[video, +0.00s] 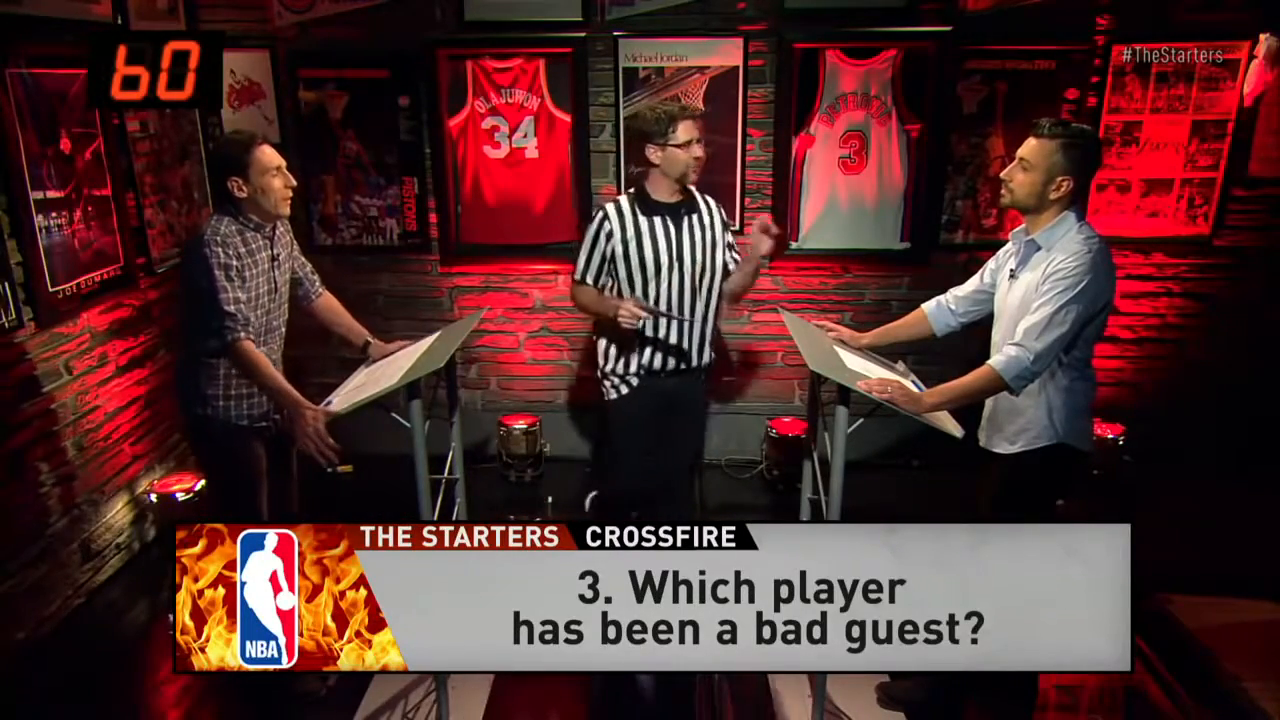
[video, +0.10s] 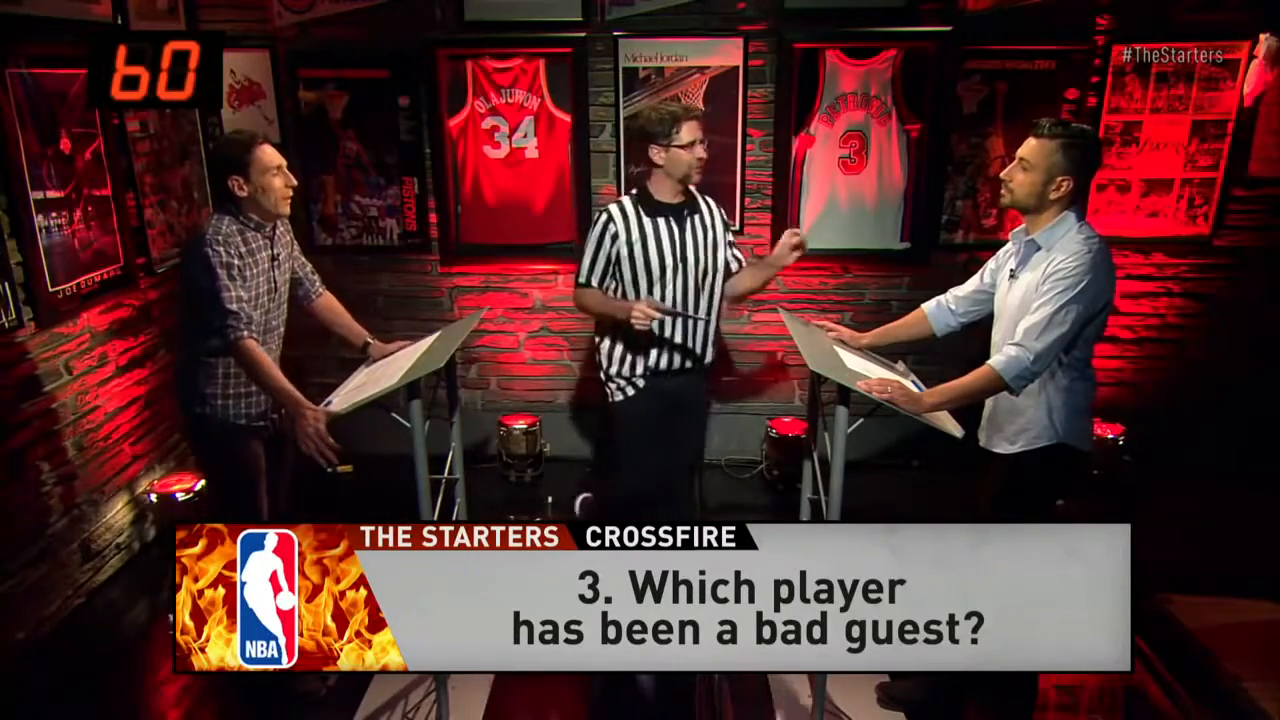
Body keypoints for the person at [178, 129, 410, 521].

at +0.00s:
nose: (292, 181)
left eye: (286, 170)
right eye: (276, 173)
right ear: (239, 187)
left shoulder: (277, 231)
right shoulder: (215, 245)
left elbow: (313, 293)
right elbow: (237, 341)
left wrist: (371, 345)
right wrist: (298, 407)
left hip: (274, 407)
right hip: (227, 416)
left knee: (285, 518)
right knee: (247, 527)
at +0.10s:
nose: (292, 181)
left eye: (287, 170)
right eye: (277, 172)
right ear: (240, 186)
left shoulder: (278, 231)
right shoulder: (216, 246)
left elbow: (314, 293)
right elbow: (240, 340)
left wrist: (370, 345)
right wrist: (299, 408)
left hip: (269, 406)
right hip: (226, 415)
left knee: (279, 517)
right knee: (247, 526)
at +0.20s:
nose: (293, 181)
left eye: (287, 170)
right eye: (277, 172)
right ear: (240, 185)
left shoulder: (278, 231)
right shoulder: (216, 246)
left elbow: (313, 293)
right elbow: (241, 339)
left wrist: (369, 346)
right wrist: (299, 408)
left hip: (268, 406)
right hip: (224, 415)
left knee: (277, 517)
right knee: (246, 526)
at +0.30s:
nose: (294, 181)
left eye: (289, 170)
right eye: (279, 172)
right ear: (243, 186)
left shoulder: (280, 231)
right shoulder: (217, 246)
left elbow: (313, 294)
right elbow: (242, 338)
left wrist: (368, 347)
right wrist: (299, 408)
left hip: (265, 406)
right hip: (222, 415)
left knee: (279, 513)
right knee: (247, 525)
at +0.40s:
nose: (297, 184)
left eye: (293, 171)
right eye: (283, 174)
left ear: (254, 187)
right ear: (246, 186)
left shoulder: (280, 231)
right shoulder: (219, 245)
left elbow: (313, 295)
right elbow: (244, 337)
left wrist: (368, 347)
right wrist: (299, 407)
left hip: (264, 405)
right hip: (220, 413)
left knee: (271, 515)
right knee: (250, 526)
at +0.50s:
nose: (300, 185)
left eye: (296, 173)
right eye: (286, 175)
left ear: (255, 188)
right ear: (249, 186)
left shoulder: (281, 233)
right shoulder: (220, 243)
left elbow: (314, 296)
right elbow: (245, 336)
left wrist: (367, 347)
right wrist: (299, 407)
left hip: (264, 405)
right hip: (219, 413)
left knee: (271, 516)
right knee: (251, 526)